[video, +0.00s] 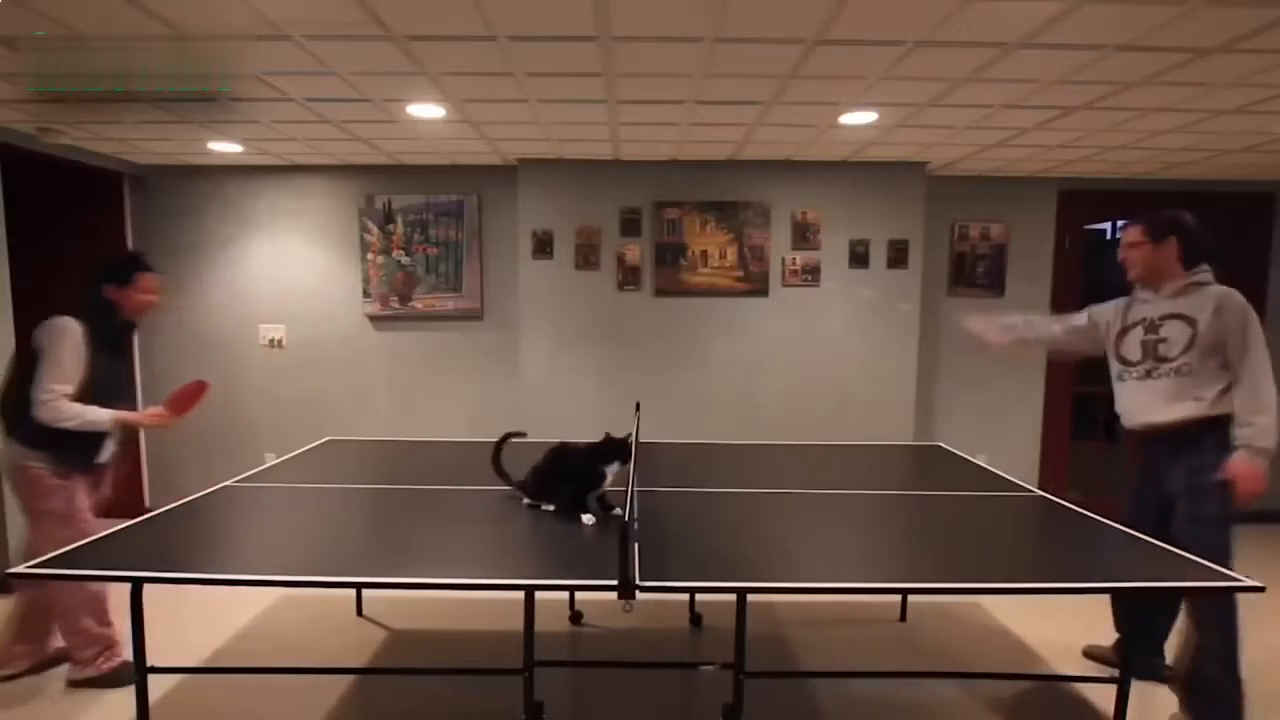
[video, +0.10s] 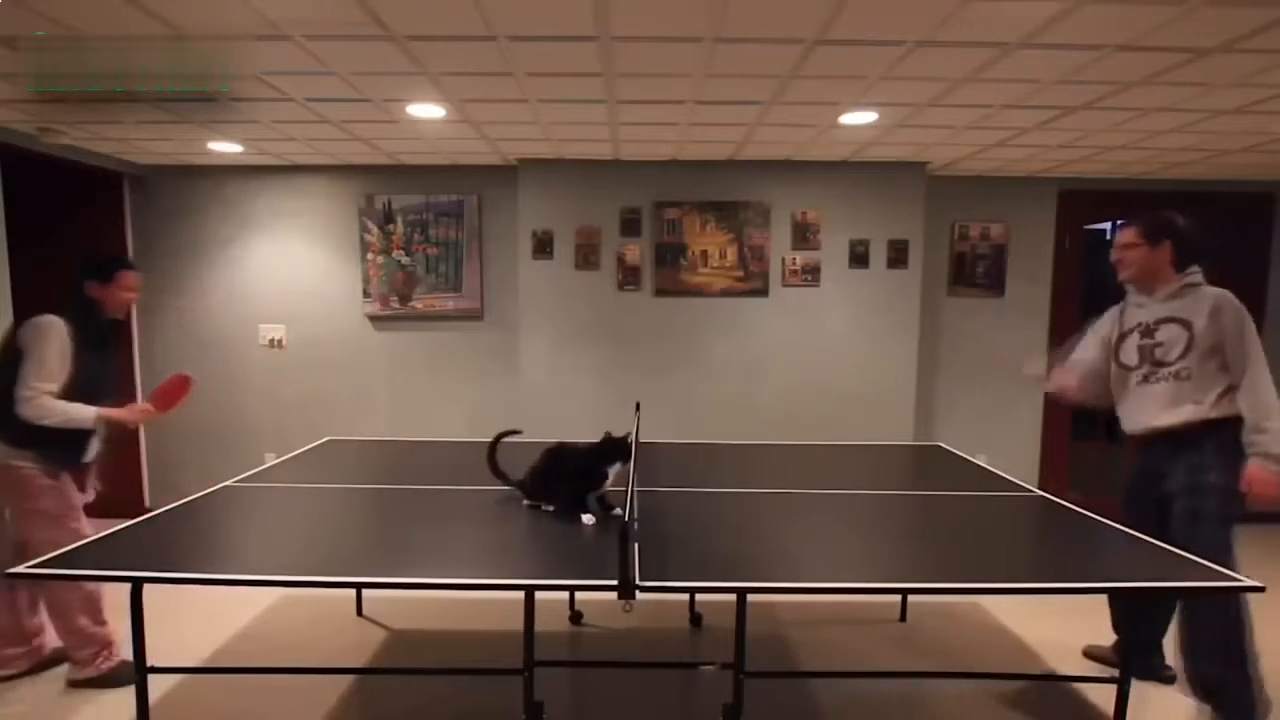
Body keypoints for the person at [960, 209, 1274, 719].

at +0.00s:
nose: (1124, 257)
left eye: (1133, 247)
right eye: (1123, 248)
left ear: (1169, 249)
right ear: (1129, 255)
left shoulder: (1222, 304)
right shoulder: (1120, 313)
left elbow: (1256, 377)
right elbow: (1059, 327)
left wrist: (1252, 448)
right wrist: (1000, 329)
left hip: (1203, 446)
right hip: (1146, 447)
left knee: (1205, 573)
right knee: (1140, 553)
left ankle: (1214, 703)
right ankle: (1139, 650)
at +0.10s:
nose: (1117, 259)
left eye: (1127, 249)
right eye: (1115, 250)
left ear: (1163, 252)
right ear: (1119, 258)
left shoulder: (1216, 304)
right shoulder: (1118, 318)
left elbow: (1255, 378)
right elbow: (1087, 368)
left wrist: (1263, 453)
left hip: (1205, 445)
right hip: (1147, 448)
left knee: (1204, 567)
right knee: (1135, 552)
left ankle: (1234, 701)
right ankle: (1139, 651)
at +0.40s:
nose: (1147, 262)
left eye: (1158, 252)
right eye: (1147, 253)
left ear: (1195, 257)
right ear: (1151, 261)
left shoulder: (1255, 315)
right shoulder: (1161, 325)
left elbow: (1279, 397)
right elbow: (1157, 394)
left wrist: (1272, 475)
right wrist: (1137, 424)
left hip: (1240, 475)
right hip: (1177, 472)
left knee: (1261, 595)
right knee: (1149, 560)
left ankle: (1275, 688)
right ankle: (1141, 651)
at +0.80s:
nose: (1213, 254)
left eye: (1227, 245)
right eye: (1212, 245)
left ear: (1266, 253)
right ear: (1213, 252)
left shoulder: (1275, 319)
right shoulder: (1198, 318)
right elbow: (1171, 378)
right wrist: (1153, 401)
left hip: (1261, 479)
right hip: (1195, 470)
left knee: (1262, 597)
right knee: (1162, 561)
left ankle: (1278, 690)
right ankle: (1141, 650)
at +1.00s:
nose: (1253, 270)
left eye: (1263, 259)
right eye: (1247, 260)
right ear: (1239, 267)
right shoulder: (1234, 329)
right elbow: (1202, 385)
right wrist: (1190, 421)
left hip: (1276, 487)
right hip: (1235, 481)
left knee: (1275, 612)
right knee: (1182, 565)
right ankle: (1143, 653)